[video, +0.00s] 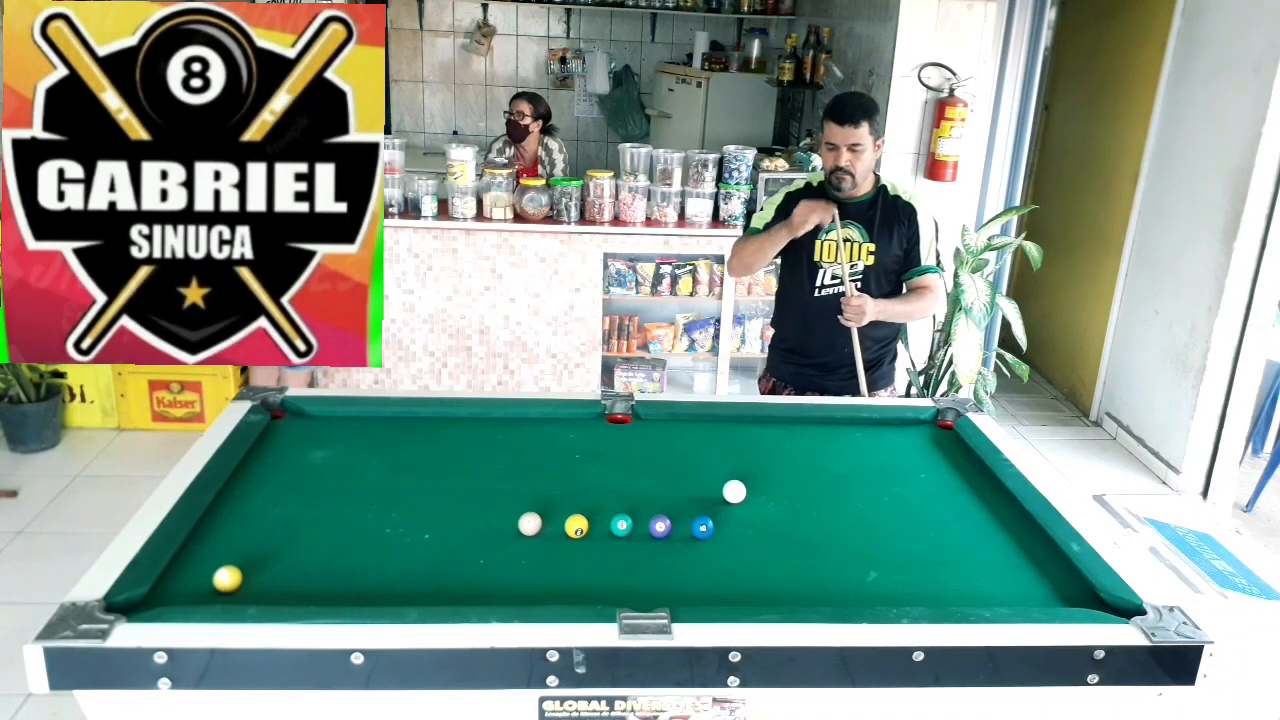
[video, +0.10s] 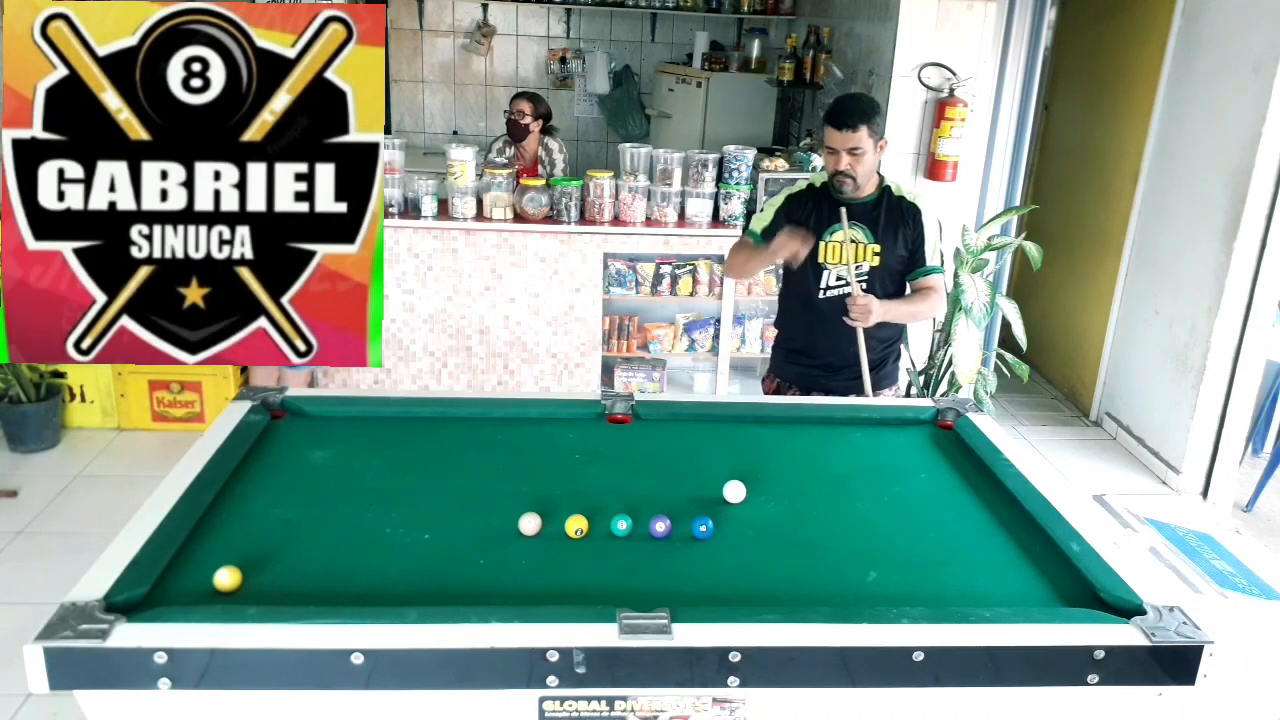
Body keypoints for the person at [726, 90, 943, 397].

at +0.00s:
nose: (840, 161)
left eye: (854, 149)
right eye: (831, 148)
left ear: (878, 148)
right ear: (820, 147)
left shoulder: (903, 215)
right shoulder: (793, 202)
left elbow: (930, 297)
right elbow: (737, 266)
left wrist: (875, 309)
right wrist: (790, 228)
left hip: (869, 391)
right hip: (791, 386)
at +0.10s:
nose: (841, 165)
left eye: (854, 153)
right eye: (832, 152)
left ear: (881, 149)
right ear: (822, 149)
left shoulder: (908, 216)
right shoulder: (795, 204)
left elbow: (933, 299)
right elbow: (733, 266)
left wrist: (882, 310)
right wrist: (772, 252)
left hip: (873, 393)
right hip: (794, 387)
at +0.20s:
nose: (842, 167)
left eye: (856, 155)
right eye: (833, 154)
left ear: (884, 152)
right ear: (825, 150)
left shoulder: (914, 217)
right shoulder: (798, 208)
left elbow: (938, 297)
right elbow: (740, 272)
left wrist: (889, 320)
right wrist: (754, 292)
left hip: (878, 394)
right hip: (799, 389)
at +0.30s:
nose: (846, 170)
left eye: (859, 158)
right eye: (837, 157)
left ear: (887, 154)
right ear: (829, 151)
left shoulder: (919, 217)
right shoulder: (806, 214)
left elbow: (944, 295)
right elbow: (761, 286)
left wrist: (900, 345)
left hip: (888, 397)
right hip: (808, 393)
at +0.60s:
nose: (858, 174)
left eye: (872, 161)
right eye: (850, 161)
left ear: (902, 159)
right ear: (843, 156)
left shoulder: (942, 216)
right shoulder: (823, 216)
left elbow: (966, 302)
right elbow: (779, 289)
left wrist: (907, 328)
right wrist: (780, 338)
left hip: (905, 397)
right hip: (825, 392)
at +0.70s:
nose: (863, 172)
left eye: (877, 160)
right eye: (856, 159)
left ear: (907, 159)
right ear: (849, 154)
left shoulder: (945, 215)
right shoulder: (826, 215)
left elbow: (968, 305)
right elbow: (787, 290)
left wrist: (908, 300)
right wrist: (803, 337)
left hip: (908, 397)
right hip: (832, 392)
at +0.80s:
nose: (869, 169)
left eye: (884, 158)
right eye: (863, 155)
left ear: (914, 157)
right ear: (856, 151)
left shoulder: (945, 212)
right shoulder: (834, 213)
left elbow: (973, 303)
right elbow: (805, 291)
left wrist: (923, 265)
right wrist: (825, 352)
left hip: (909, 396)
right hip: (836, 390)